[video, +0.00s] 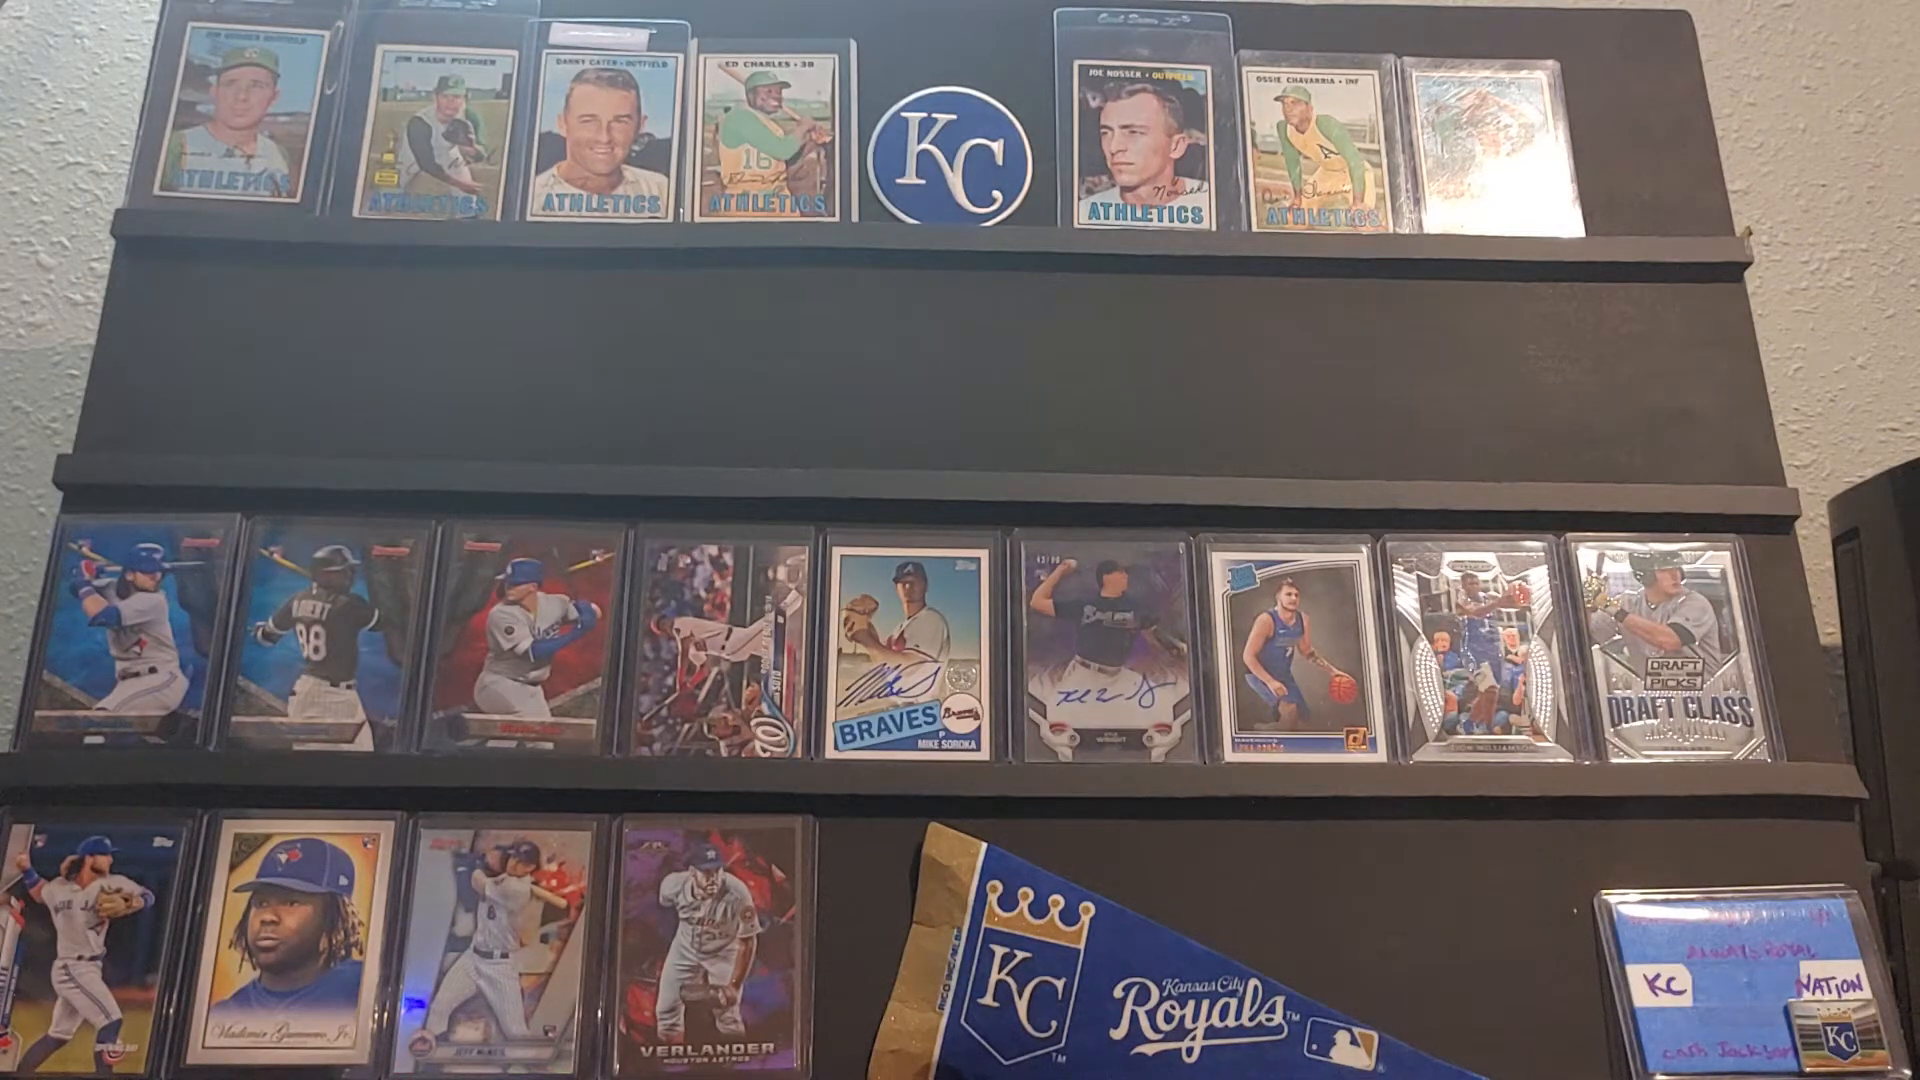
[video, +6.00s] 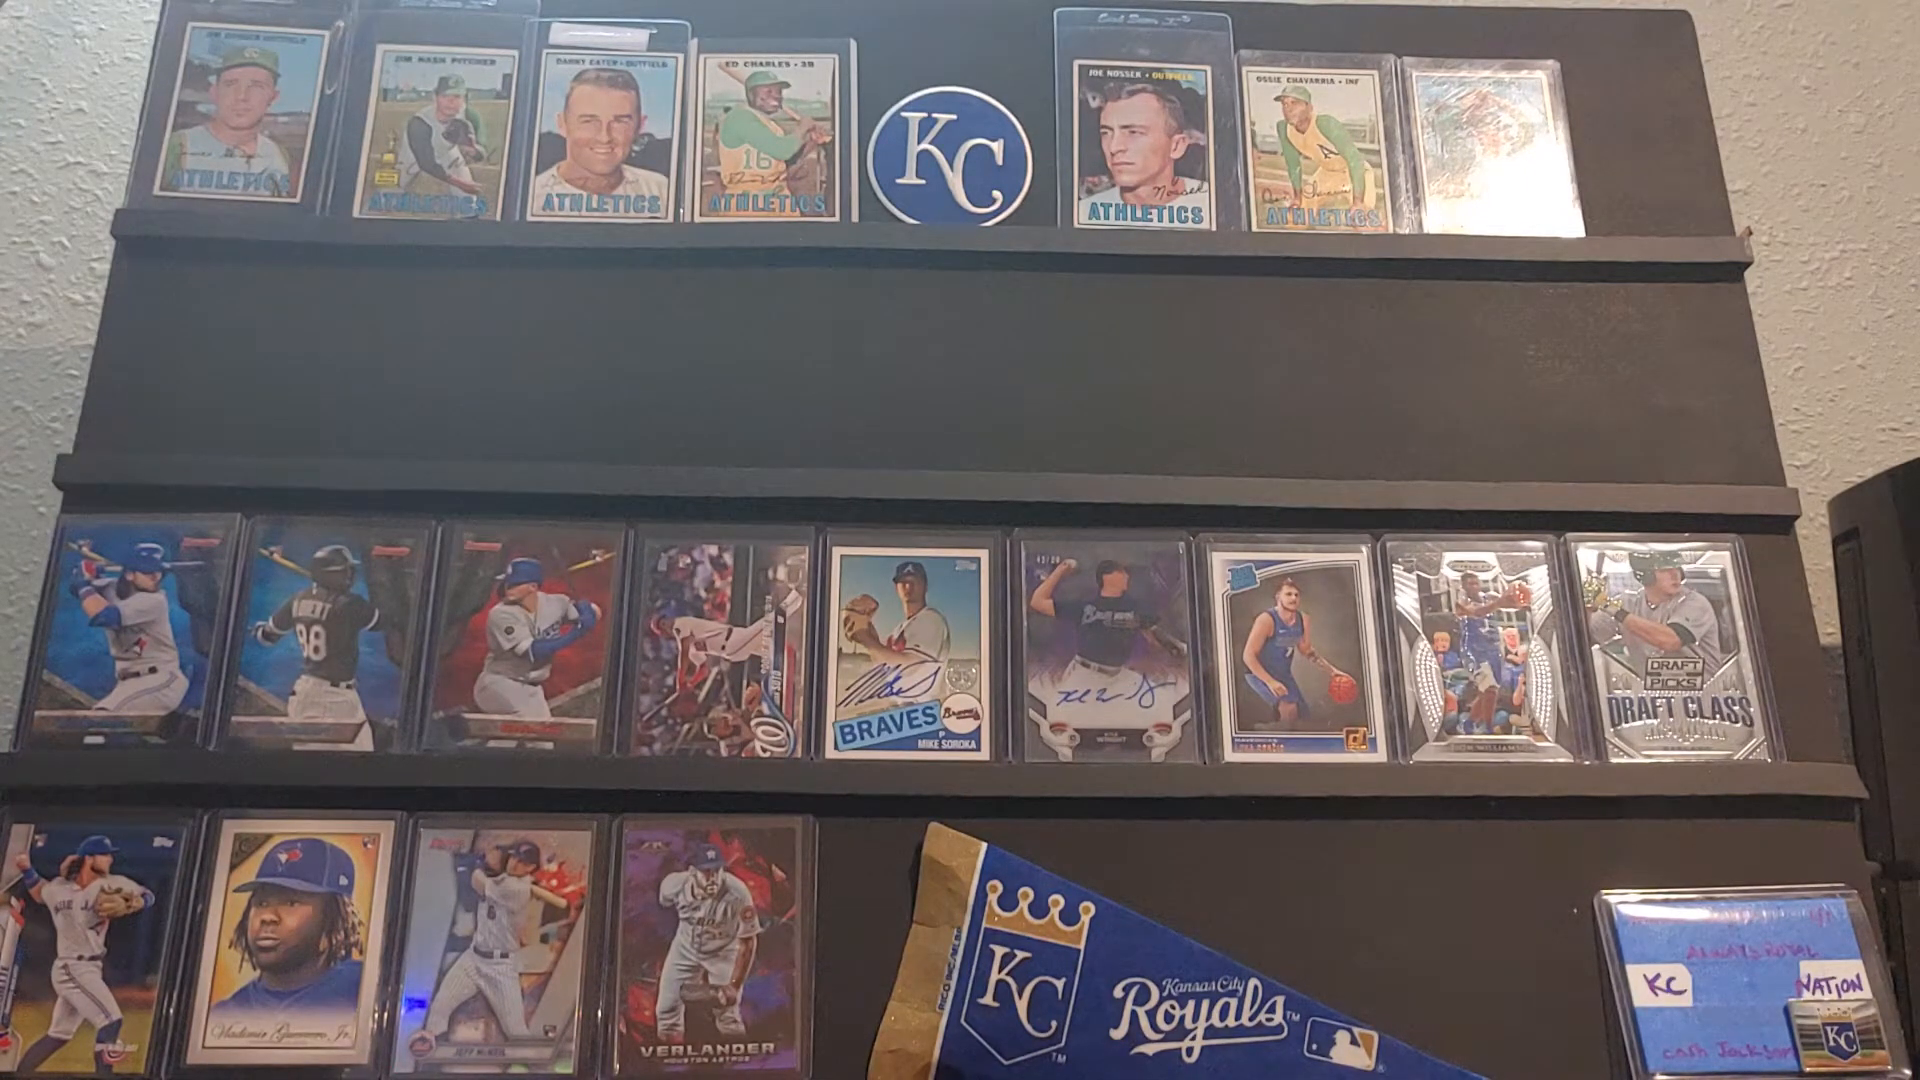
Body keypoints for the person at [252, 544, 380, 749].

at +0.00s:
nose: (351, 576)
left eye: (351, 571)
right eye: (347, 571)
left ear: (320, 574)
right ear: (332, 575)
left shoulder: (299, 600)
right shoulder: (350, 605)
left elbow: (267, 637)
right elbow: (384, 623)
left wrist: (259, 630)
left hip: (305, 692)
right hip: (340, 697)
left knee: (307, 765)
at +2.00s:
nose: (350, 578)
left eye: (350, 572)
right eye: (346, 572)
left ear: (319, 575)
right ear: (335, 575)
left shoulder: (299, 601)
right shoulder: (350, 605)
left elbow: (267, 637)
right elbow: (388, 621)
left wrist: (259, 630)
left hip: (305, 694)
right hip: (342, 698)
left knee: (306, 766)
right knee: (359, 767)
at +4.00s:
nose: (350, 576)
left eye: (350, 571)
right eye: (346, 571)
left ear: (319, 575)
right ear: (333, 575)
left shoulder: (298, 601)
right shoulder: (350, 604)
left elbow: (267, 637)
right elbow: (386, 622)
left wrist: (260, 630)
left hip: (306, 692)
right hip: (341, 697)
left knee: (306, 765)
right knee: (360, 766)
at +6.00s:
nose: (351, 577)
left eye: (351, 571)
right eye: (348, 572)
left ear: (320, 574)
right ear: (336, 575)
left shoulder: (299, 600)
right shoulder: (350, 605)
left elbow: (268, 637)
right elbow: (387, 620)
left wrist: (259, 630)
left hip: (305, 693)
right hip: (340, 698)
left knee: (307, 766)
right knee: (359, 768)